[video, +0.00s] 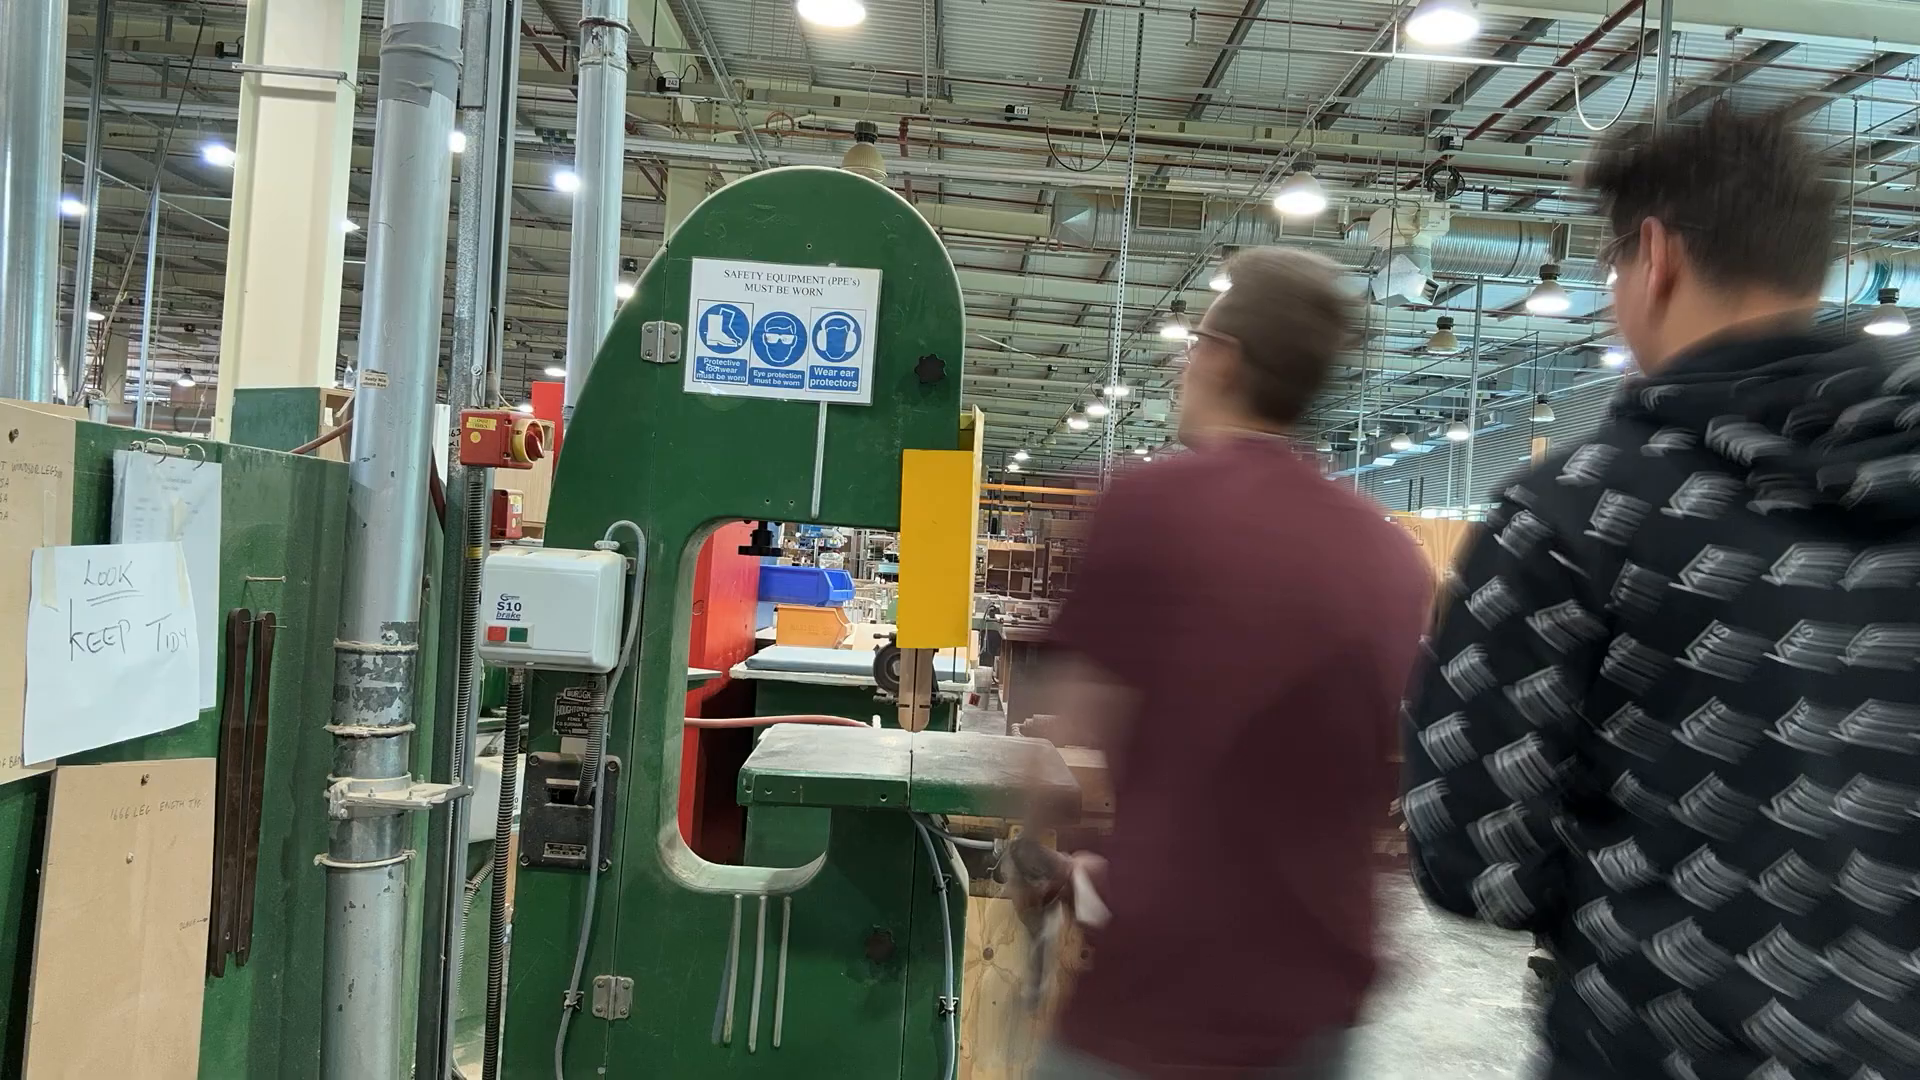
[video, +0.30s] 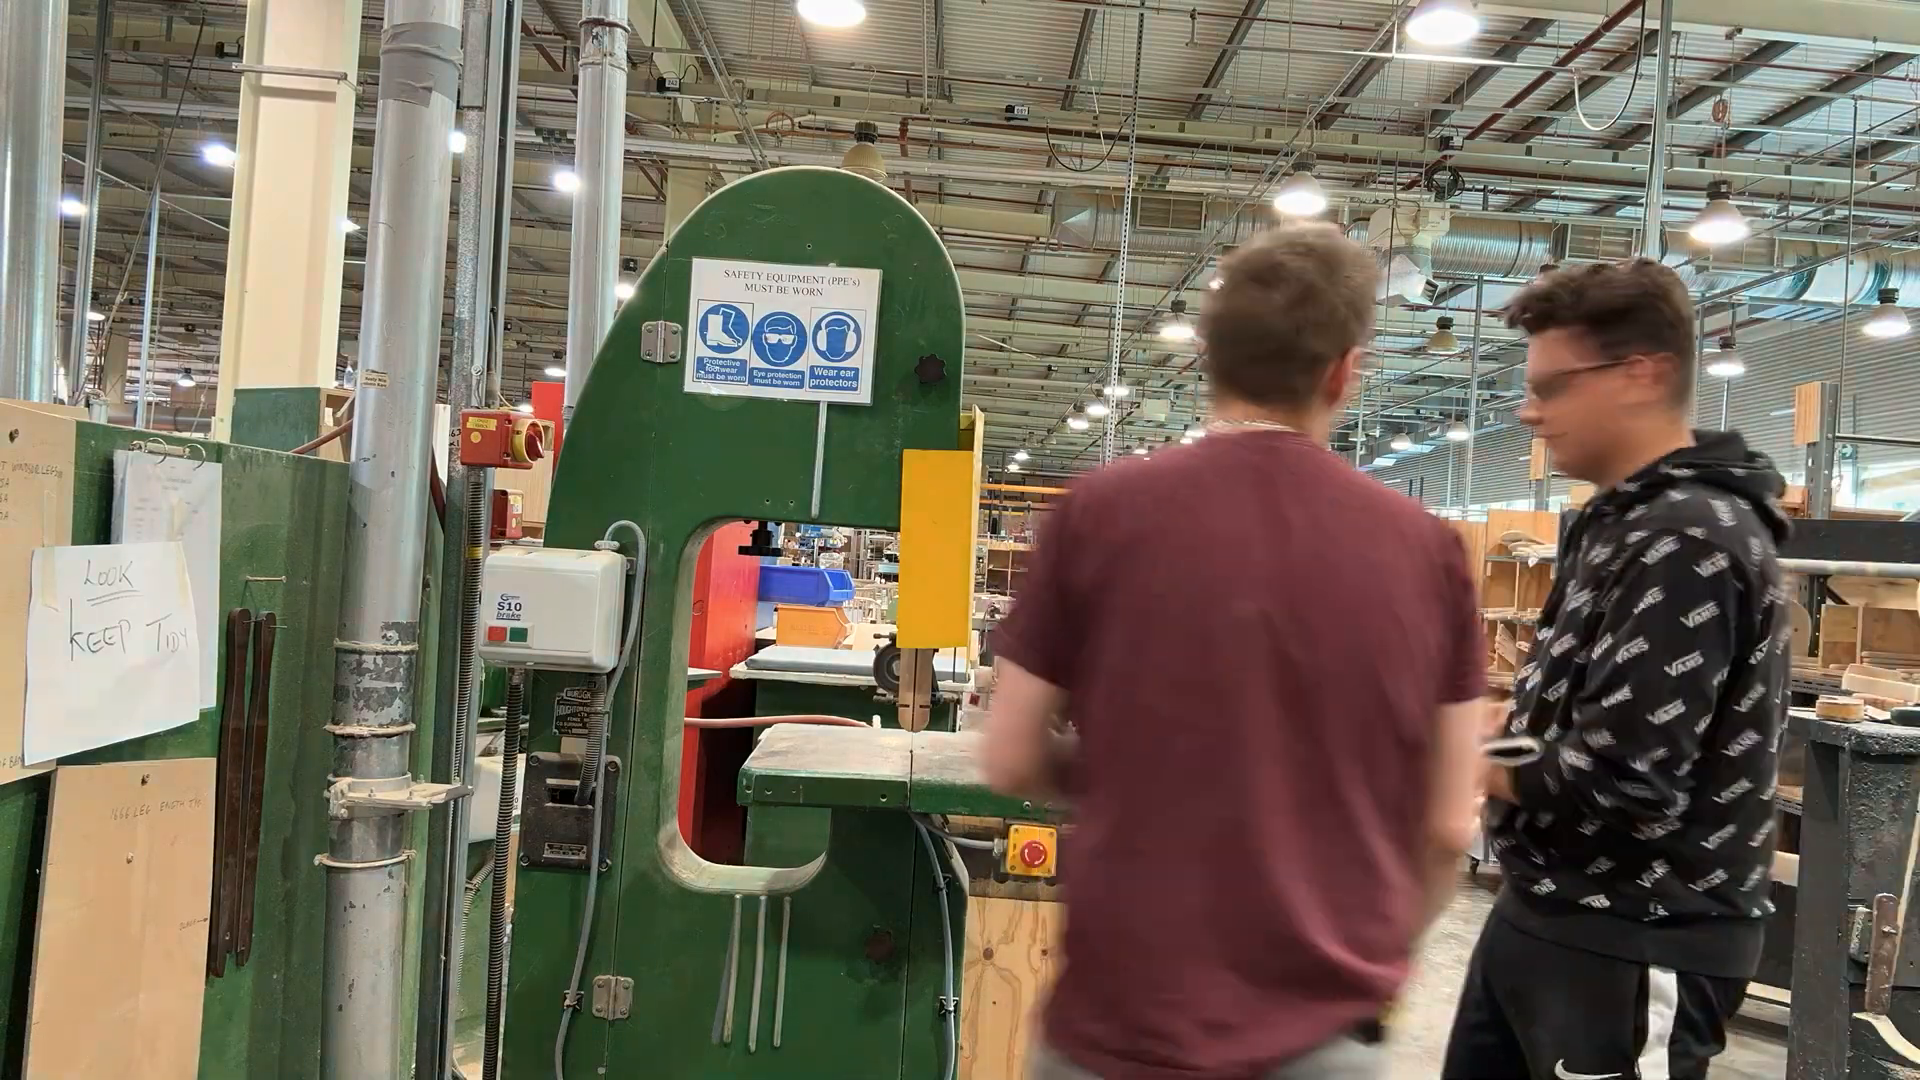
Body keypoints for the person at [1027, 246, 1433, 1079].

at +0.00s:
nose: (1188, 353)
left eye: (1201, 334)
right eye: (1200, 332)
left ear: (1220, 356)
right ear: (1312, 383)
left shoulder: (1152, 499)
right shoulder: (1387, 546)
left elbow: (1070, 754)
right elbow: (1377, 780)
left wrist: (1053, 840)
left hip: (1155, 981)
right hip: (1316, 992)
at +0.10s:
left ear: (1201, 379)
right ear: (1342, 409)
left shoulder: (1103, 502)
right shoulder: (1429, 546)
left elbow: (1013, 765)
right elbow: (1428, 778)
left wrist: (1095, 825)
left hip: (1116, 1024)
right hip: (1329, 1030)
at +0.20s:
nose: (1203, 354)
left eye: (1211, 333)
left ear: (1224, 356)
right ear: (1360, 385)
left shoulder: (1102, 496)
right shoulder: (1438, 560)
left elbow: (1003, 745)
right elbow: (1460, 842)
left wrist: (1072, 826)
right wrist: (1329, 868)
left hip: (1099, 1030)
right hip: (1315, 1041)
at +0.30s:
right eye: (1362, 357)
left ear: (1208, 355)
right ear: (1345, 374)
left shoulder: (1102, 507)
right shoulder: (1424, 547)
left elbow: (1010, 757)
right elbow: (1449, 825)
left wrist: (1131, 767)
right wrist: (1376, 944)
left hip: (1110, 1033)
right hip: (1321, 1038)